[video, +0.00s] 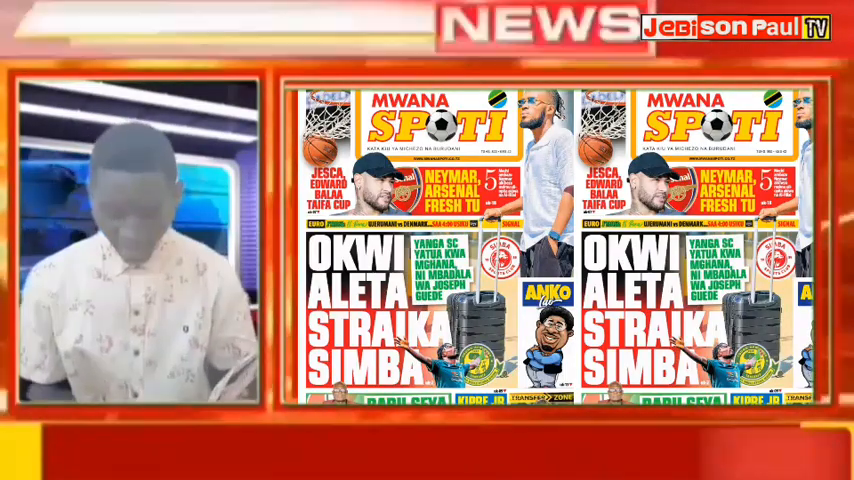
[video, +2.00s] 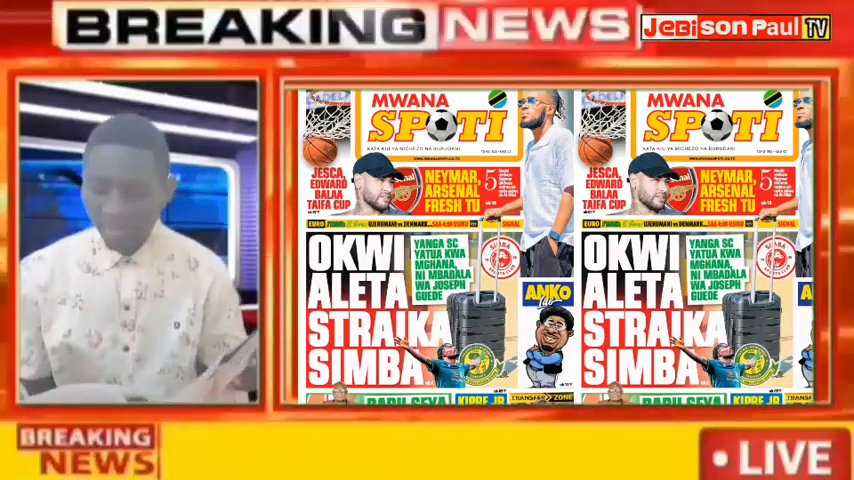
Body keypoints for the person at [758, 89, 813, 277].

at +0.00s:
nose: (799, 107)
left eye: (806, 101)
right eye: (797, 103)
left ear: (820, 107)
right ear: (794, 109)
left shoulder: (827, 148)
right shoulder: (806, 149)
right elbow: (804, 196)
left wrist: (833, 223)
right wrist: (777, 211)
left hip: (821, 240)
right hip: (804, 239)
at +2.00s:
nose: (799, 107)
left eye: (807, 101)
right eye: (797, 103)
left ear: (820, 107)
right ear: (794, 110)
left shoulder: (827, 148)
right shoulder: (806, 149)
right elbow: (804, 196)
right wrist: (777, 211)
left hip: (821, 240)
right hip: (804, 239)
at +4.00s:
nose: (799, 108)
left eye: (806, 102)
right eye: (797, 103)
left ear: (819, 107)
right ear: (794, 110)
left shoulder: (827, 148)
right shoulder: (806, 149)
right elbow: (805, 196)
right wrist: (776, 211)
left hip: (819, 239)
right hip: (803, 239)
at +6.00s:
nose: (799, 108)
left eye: (807, 101)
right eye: (797, 103)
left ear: (820, 108)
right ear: (794, 109)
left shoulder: (826, 148)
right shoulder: (806, 149)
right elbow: (805, 196)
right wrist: (777, 210)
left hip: (819, 240)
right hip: (803, 239)